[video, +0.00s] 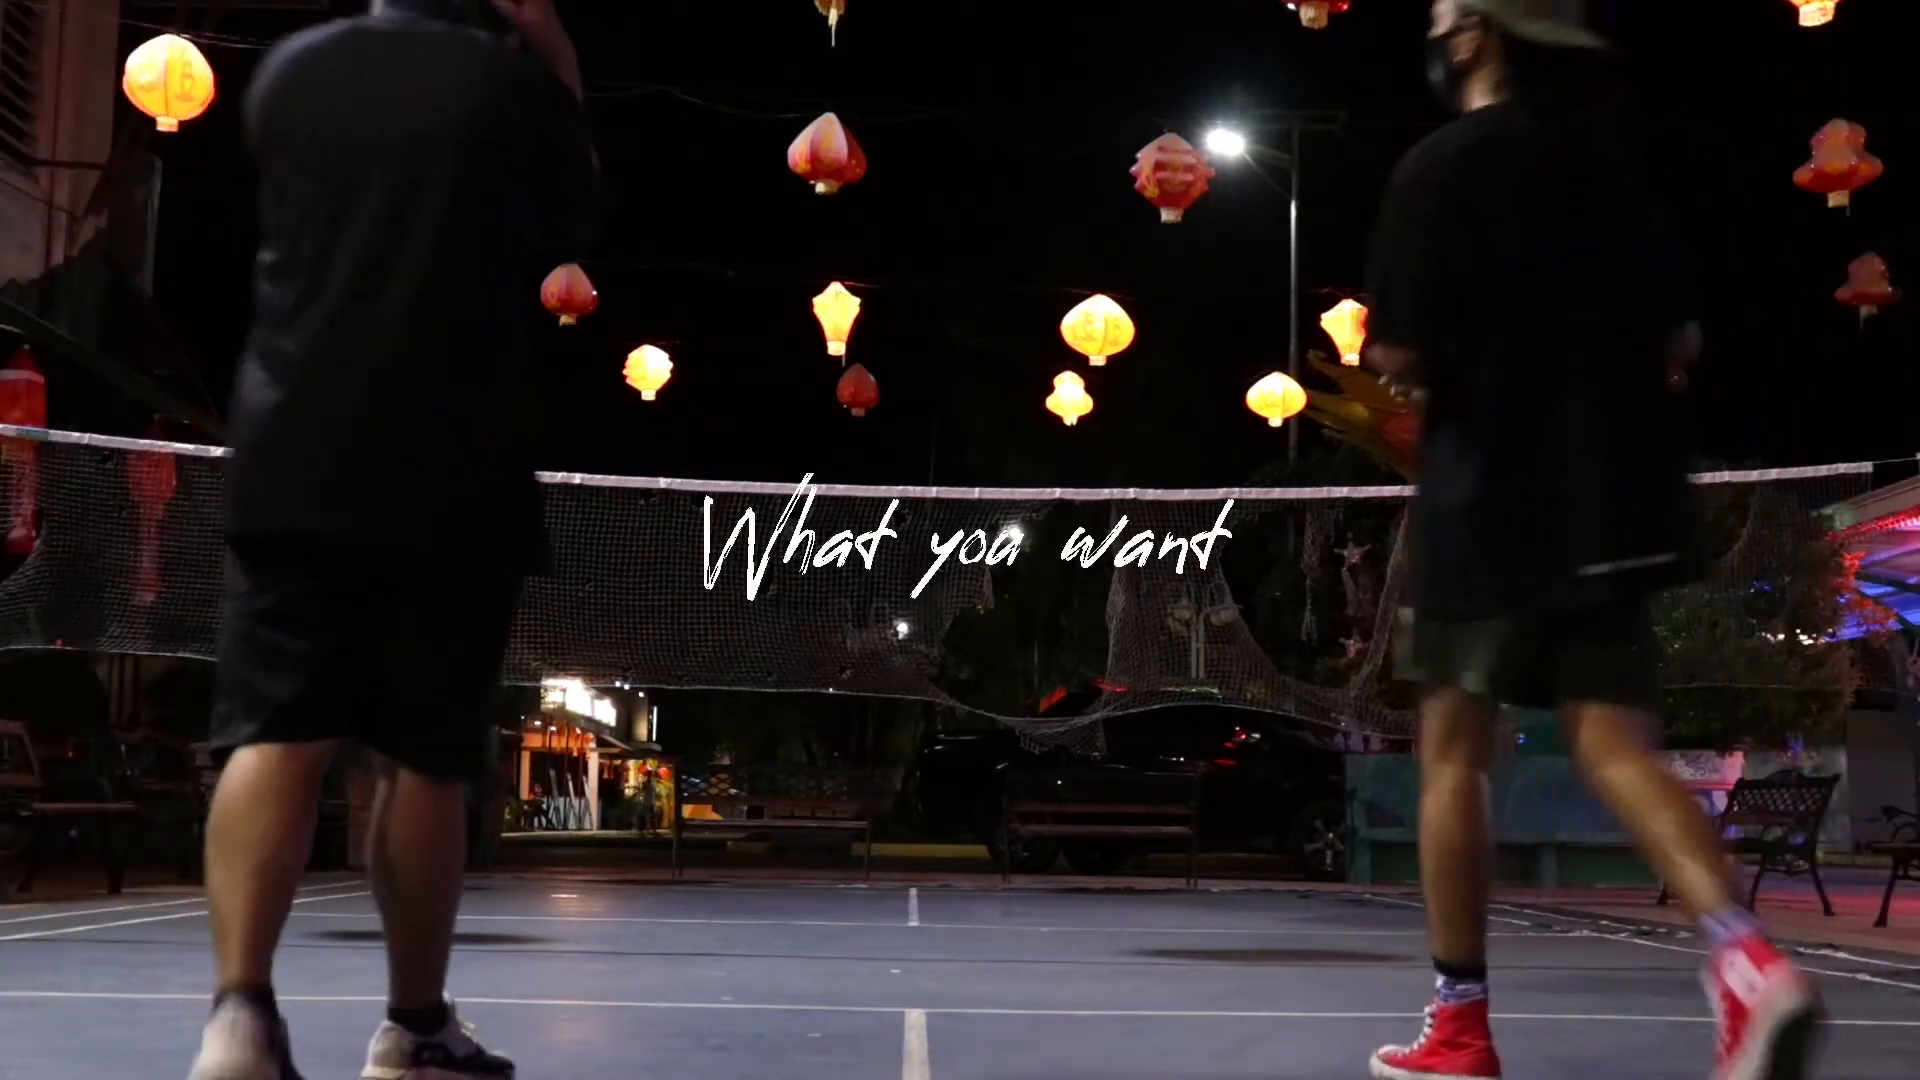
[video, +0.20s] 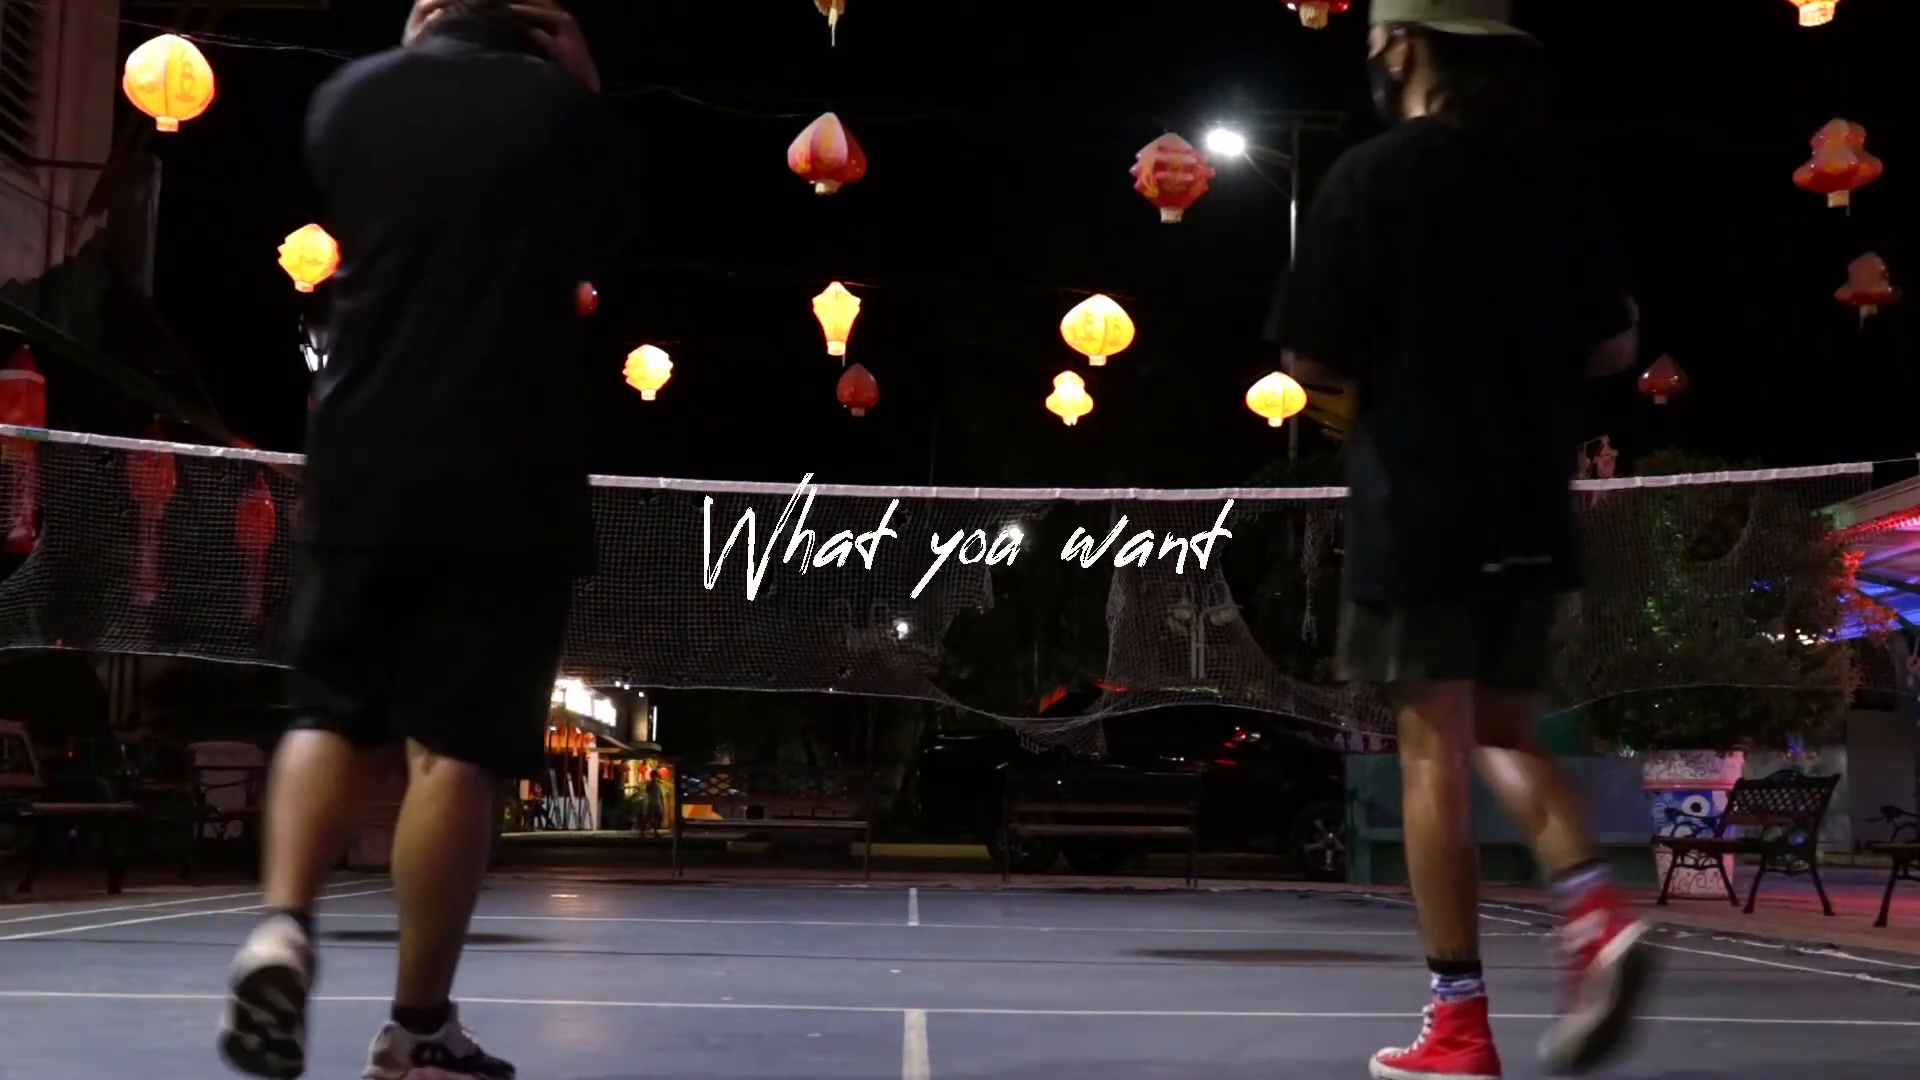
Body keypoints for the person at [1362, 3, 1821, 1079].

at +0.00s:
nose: (1436, 40)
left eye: (1445, 24)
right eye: (1442, 24)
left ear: (1474, 39)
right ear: (1557, 42)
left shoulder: (1446, 168)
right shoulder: (1626, 154)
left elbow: (1399, 358)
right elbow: (1676, 343)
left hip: (1485, 507)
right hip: (1615, 498)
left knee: (1452, 752)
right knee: (1615, 742)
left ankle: (1458, 1022)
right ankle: (1748, 966)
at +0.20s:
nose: (1373, 49)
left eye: (1380, 32)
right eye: (1376, 32)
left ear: (1407, 45)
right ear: (1494, 47)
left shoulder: (1372, 177)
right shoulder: (1552, 163)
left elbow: (1315, 366)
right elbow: (1613, 338)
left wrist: (1383, 407)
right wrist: (1514, 382)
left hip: (1416, 503)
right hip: (1532, 493)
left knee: (1432, 749)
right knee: (1505, 732)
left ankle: (1457, 1025)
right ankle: (1596, 923)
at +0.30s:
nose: (1344, 75)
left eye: (1350, 55)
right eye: (1349, 55)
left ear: (1375, 65)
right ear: (1463, 68)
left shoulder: (1348, 186)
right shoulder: (1525, 189)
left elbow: (1282, 351)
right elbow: (1565, 358)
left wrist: (1364, 385)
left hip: (1387, 499)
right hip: (1494, 495)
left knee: (1424, 755)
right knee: (1467, 743)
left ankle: (1457, 1016)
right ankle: (1489, 964)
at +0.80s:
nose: (1256, 202)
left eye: (1257, 187)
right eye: (1254, 190)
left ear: (1286, 178)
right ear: (1350, 172)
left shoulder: (1266, 250)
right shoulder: (1414, 259)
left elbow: (1221, 409)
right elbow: (1462, 435)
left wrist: (1267, 475)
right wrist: (1387, 473)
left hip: (1295, 527)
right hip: (1383, 532)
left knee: (1271, 753)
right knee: (1330, 759)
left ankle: (1391, 923)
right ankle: (1324, 985)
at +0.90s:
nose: (1240, 203)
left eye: (1242, 190)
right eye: (1239, 191)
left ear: (1267, 180)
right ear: (1330, 177)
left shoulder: (1257, 253)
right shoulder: (1388, 264)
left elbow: (1218, 412)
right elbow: (1420, 420)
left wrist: (1219, 482)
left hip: (1268, 548)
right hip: (1358, 553)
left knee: (1203, 736)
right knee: (1323, 759)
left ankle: (1321, 883)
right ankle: (1327, 1001)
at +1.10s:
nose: (1192, 225)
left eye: (1194, 209)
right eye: (1189, 211)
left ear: (1227, 197)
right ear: (1272, 195)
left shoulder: (1223, 275)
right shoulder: (1332, 281)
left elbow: (1187, 422)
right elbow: (1327, 423)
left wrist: (1177, 486)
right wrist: (1187, 475)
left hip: (1230, 551)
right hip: (1331, 551)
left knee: (1158, 735)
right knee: (1311, 758)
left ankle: (1168, 961)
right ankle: (1325, 987)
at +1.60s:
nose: (1048, 258)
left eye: (1053, 243)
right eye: (1050, 244)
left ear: (1080, 243)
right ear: (1133, 241)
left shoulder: (1077, 324)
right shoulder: (1186, 324)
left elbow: (1048, 452)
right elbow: (1203, 449)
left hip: (1077, 571)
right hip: (1166, 566)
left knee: (1079, 766)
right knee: (1160, 760)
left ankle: (1095, 965)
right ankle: (1239, 877)